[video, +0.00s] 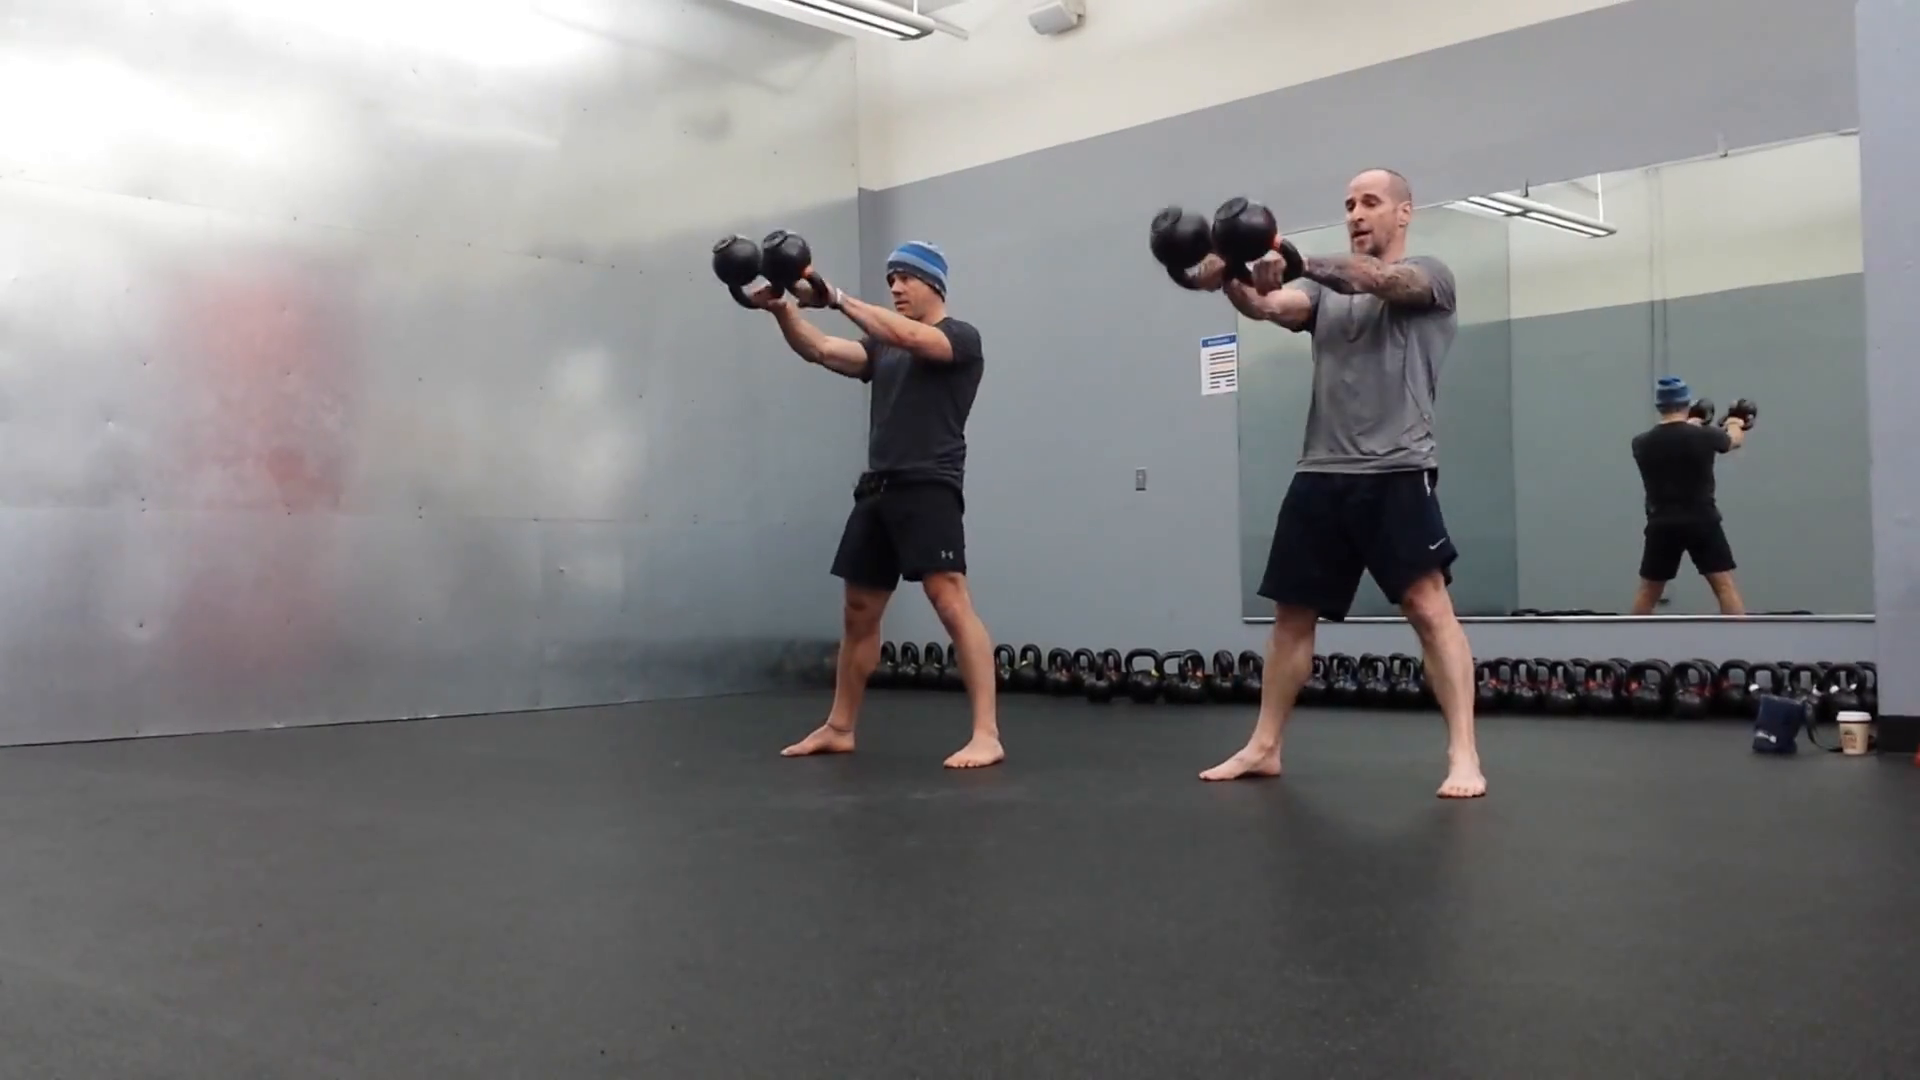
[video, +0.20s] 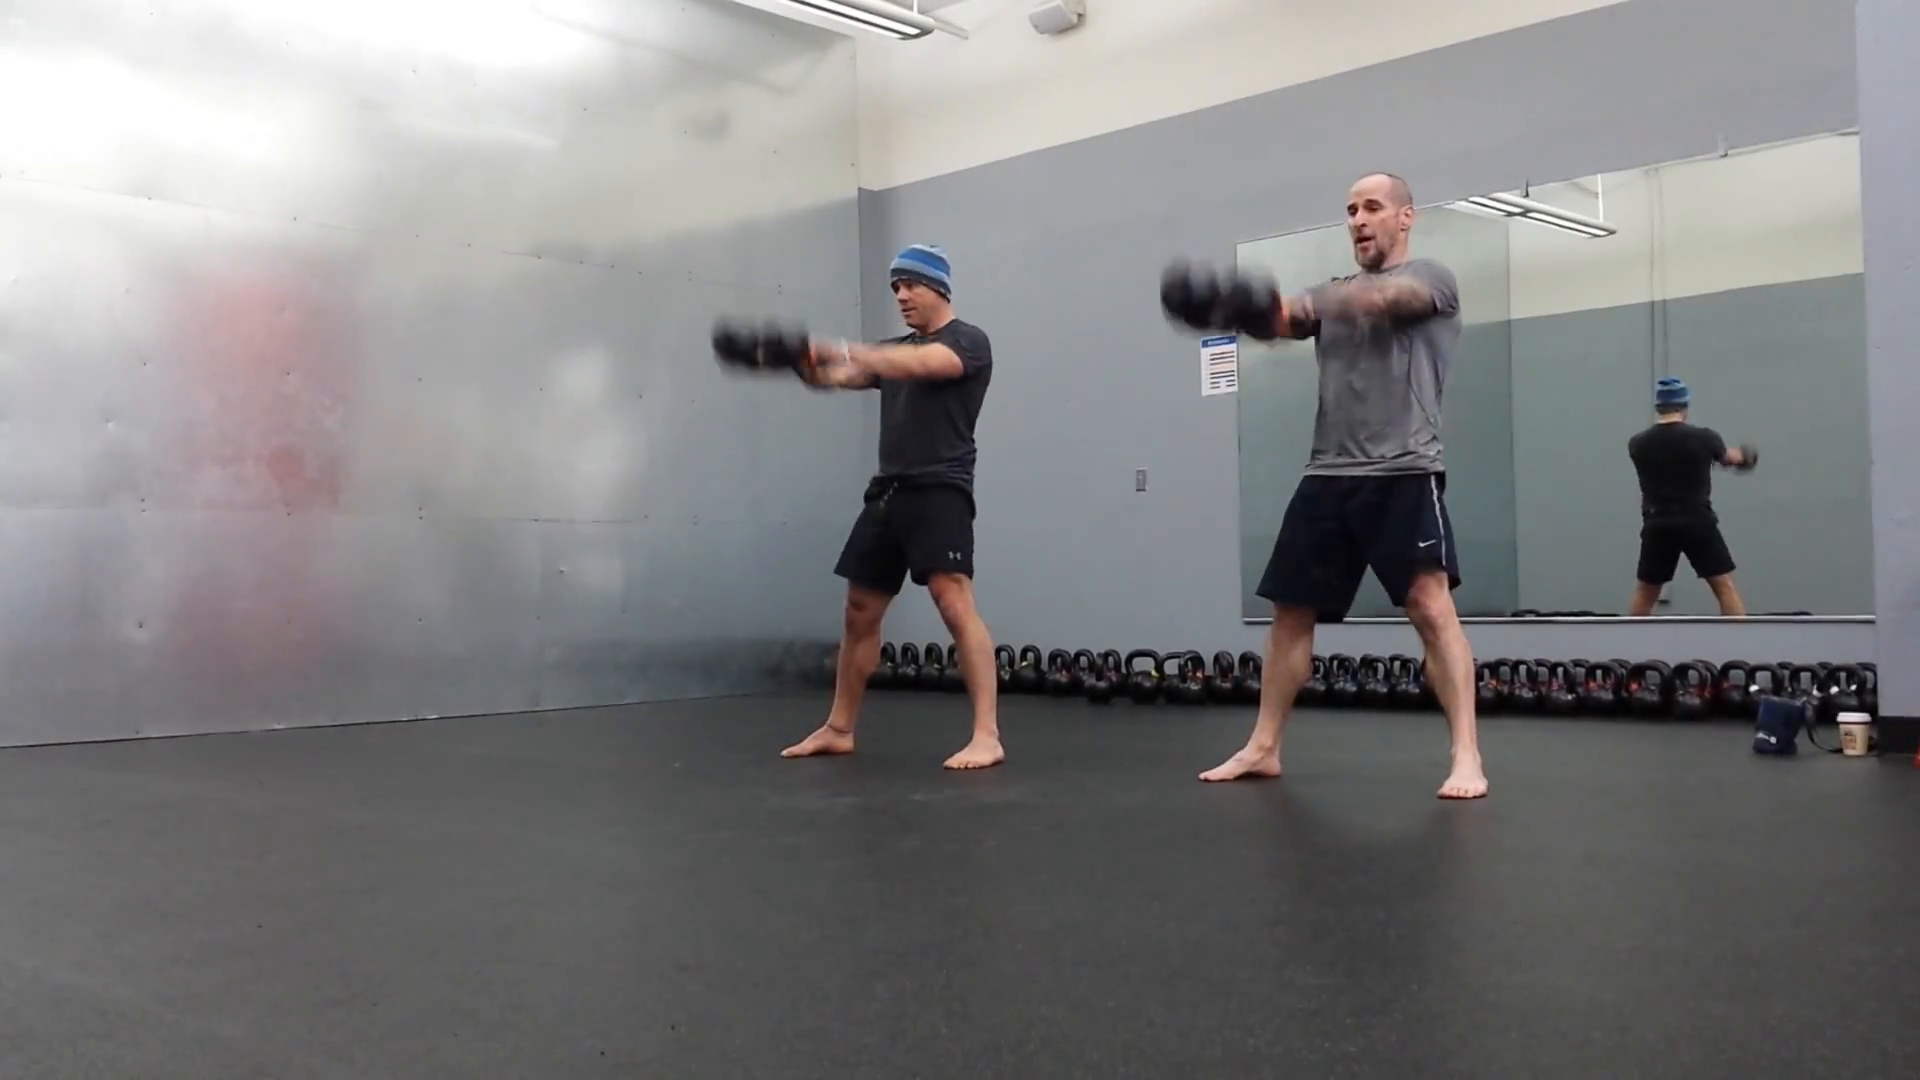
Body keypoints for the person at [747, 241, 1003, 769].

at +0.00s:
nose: (893, 287)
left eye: (902, 278)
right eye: (890, 281)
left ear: (932, 284)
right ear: (899, 290)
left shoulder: (962, 339)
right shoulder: (884, 348)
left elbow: (904, 334)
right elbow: (818, 348)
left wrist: (836, 298)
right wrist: (782, 309)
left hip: (930, 490)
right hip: (877, 493)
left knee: (951, 603)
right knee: (859, 612)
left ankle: (986, 736)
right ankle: (841, 727)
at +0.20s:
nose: (902, 296)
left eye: (911, 285)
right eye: (897, 288)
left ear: (940, 289)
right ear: (899, 295)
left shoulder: (971, 342)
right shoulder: (901, 350)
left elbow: (919, 363)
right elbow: (859, 372)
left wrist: (853, 355)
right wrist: (816, 368)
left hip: (939, 494)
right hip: (887, 495)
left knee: (954, 603)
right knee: (860, 612)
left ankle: (987, 736)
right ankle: (839, 727)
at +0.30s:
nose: (897, 303)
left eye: (906, 292)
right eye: (892, 294)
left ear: (935, 292)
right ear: (891, 298)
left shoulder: (965, 342)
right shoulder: (892, 353)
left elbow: (919, 394)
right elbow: (850, 390)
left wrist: (854, 413)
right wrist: (820, 414)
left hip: (947, 494)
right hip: (895, 496)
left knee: (954, 600)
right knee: (856, 609)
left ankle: (987, 736)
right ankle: (838, 727)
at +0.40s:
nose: (869, 314)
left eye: (877, 303)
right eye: (864, 304)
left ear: (906, 300)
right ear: (863, 307)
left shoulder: (943, 351)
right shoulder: (870, 363)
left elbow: (923, 429)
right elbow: (849, 431)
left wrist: (877, 488)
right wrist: (831, 495)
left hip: (953, 497)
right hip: (898, 500)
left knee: (956, 597)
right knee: (848, 606)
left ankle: (987, 736)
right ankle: (838, 727)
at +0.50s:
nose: (827, 351)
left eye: (833, 339)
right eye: (821, 341)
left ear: (860, 333)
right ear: (822, 342)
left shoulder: (912, 385)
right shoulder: (835, 402)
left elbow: (924, 477)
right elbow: (848, 485)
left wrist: (913, 547)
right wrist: (871, 555)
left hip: (956, 507)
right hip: (899, 511)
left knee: (962, 598)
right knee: (829, 608)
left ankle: (990, 736)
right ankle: (836, 727)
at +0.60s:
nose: (790, 415)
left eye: (797, 401)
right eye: (784, 404)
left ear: (825, 394)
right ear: (783, 407)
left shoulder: (885, 439)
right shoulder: (810, 460)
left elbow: (932, 531)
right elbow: (853, 534)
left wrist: (938, 586)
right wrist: (902, 587)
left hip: (954, 530)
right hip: (893, 540)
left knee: (966, 602)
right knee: (817, 608)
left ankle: (991, 737)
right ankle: (835, 728)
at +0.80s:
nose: (788, 394)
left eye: (798, 381)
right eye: (785, 384)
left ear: (827, 383)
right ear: (787, 389)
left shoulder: (885, 435)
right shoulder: (810, 452)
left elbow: (923, 529)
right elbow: (851, 529)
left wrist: (936, 585)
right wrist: (892, 579)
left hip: (951, 527)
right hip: (889, 538)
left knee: (954, 604)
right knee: (813, 609)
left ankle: (989, 737)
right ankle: (835, 728)